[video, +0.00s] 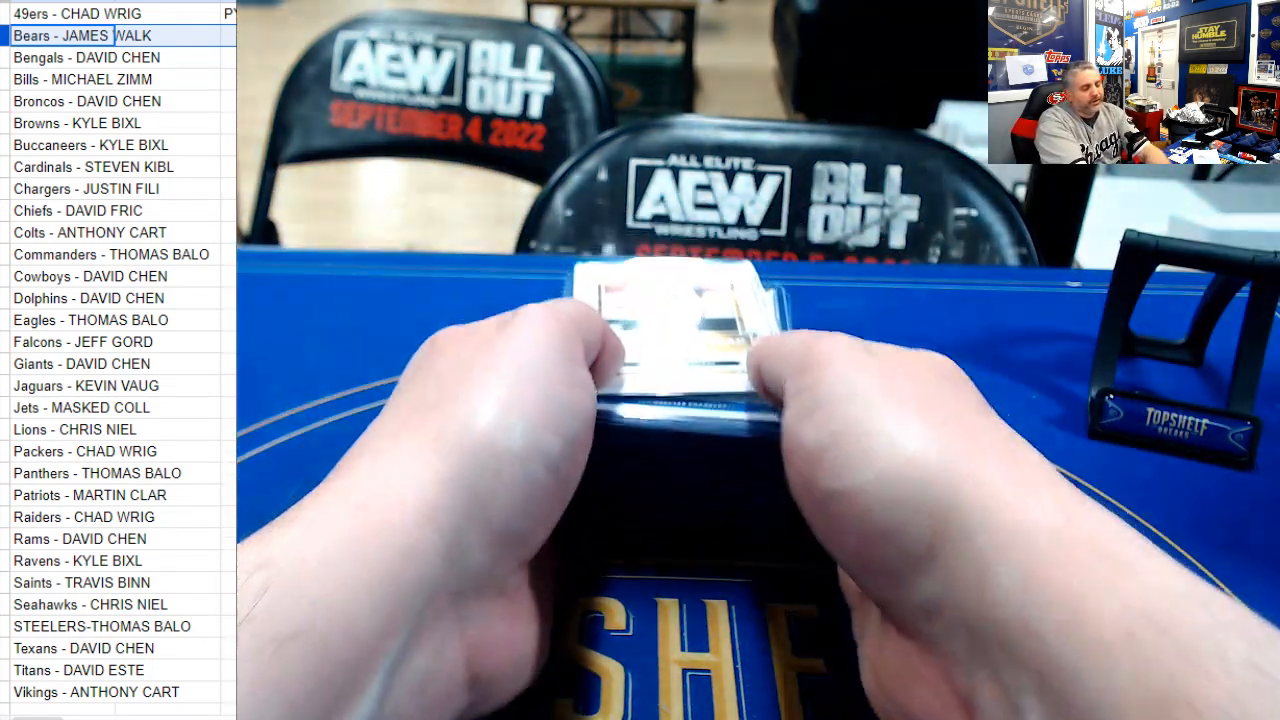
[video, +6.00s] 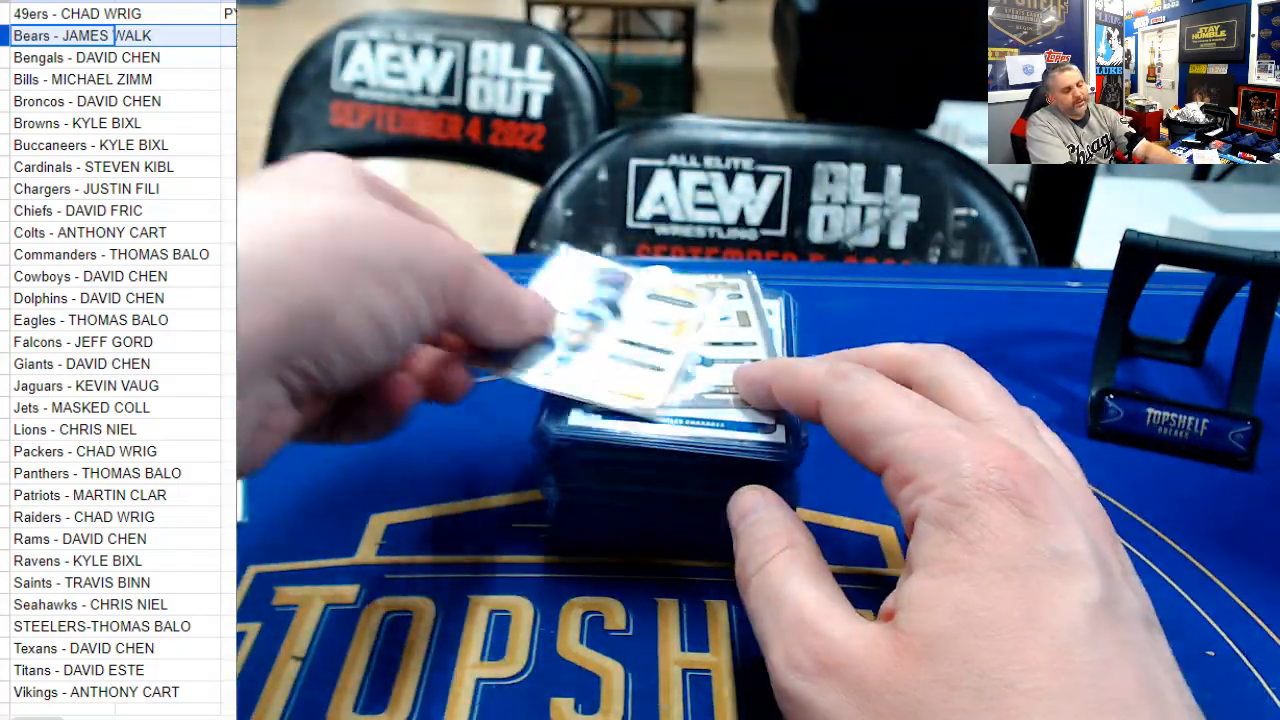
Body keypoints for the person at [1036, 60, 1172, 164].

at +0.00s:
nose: (1096, 93)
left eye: (1098, 84)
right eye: (1086, 88)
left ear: (1102, 85)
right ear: (1069, 95)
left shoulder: (1113, 113)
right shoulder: (1053, 122)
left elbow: (1148, 151)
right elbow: (1078, 173)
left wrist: (1172, 180)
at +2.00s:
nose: (1083, 92)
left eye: (1086, 84)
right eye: (1073, 87)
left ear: (1091, 84)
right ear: (1057, 94)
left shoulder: (1105, 113)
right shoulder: (1044, 124)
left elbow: (1147, 149)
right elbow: (1062, 176)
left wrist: (1190, 164)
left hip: (1113, 186)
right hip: (1072, 196)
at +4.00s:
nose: (1085, 93)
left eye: (1087, 85)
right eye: (1074, 89)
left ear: (1091, 85)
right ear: (1056, 96)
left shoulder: (1104, 113)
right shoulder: (1043, 122)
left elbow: (1145, 150)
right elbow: (1061, 177)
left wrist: (1186, 162)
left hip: (1112, 186)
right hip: (1072, 197)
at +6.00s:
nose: (1079, 94)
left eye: (1080, 85)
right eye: (1067, 91)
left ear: (1085, 84)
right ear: (1051, 99)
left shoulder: (1104, 114)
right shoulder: (1041, 123)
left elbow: (1146, 150)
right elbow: (1061, 176)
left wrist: (1189, 170)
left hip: (1113, 189)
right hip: (1069, 199)